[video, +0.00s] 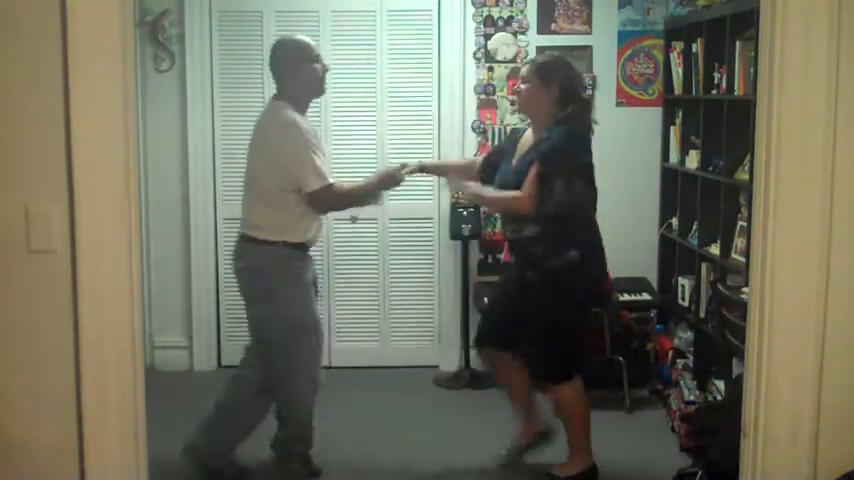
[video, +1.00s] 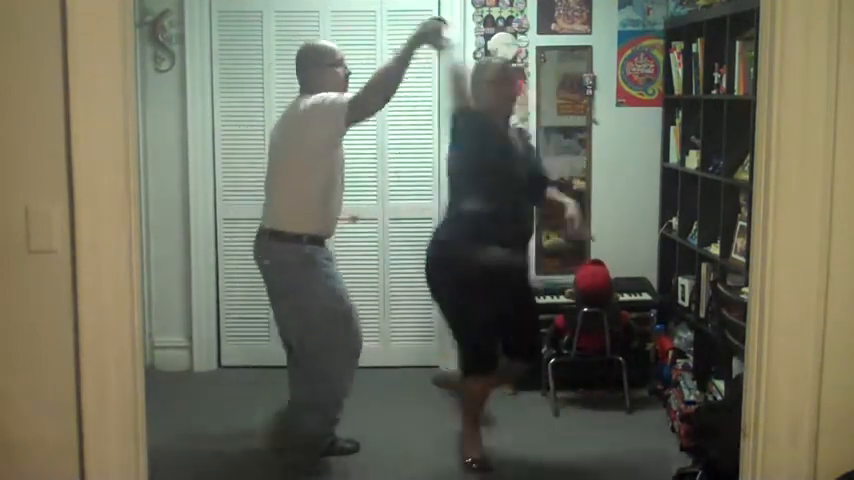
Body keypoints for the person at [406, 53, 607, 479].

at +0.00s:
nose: (517, 88)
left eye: (526, 82)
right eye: (520, 81)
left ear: (553, 91)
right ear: (540, 93)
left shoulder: (562, 140)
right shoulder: (524, 136)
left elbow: (528, 203)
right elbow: (482, 170)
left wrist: (477, 195)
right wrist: (427, 167)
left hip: (563, 267)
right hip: (528, 265)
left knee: (560, 365)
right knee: (495, 344)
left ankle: (581, 459)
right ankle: (533, 425)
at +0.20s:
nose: (503, 90)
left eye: (512, 85)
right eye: (506, 84)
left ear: (536, 93)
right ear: (525, 94)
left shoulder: (552, 137)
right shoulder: (499, 141)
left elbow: (544, 188)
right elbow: (456, 179)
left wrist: (495, 220)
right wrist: (416, 155)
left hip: (547, 262)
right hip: (513, 262)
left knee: (507, 356)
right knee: (511, 356)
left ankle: (561, 440)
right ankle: (526, 451)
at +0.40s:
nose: (480, 94)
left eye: (489, 88)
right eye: (481, 87)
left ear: (517, 98)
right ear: (497, 99)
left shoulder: (533, 137)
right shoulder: (476, 148)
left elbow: (552, 148)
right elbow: (427, 164)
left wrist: (566, 156)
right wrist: (391, 124)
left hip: (525, 270)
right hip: (489, 270)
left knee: (472, 364)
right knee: (499, 362)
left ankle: (452, 469)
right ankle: (527, 451)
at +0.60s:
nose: (468, 101)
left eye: (475, 95)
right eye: (471, 94)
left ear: (494, 104)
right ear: (498, 105)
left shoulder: (497, 141)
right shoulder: (484, 139)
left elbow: (482, 181)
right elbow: (452, 125)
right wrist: (433, 89)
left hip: (497, 266)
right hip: (511, 263)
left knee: (451, 364)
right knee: (482, 355)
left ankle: (449, 469)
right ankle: (513, 448)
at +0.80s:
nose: (512, 93)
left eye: (501, 88)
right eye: (509, 88)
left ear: (467, 98)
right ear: (509, 97)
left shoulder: (450, 141)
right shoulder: (526, 137)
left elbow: (407, 178)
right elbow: (560, 76)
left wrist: (446, 216)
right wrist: (516, 38)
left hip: (453, 262)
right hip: (511, 265)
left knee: (444, 346)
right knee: (509, 360)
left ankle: (424, 433)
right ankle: (461, 445)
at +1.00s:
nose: (510, 92)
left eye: (514, 83)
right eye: (500, 83)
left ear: (519, 90)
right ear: (480, 89)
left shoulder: (519, 139)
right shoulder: (469, 126)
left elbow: (535, 185)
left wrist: (566, 205)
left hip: (506, 262)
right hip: (460, 258)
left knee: (522, 354)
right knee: (480, 357)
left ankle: (466, 389)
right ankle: (471, 441)